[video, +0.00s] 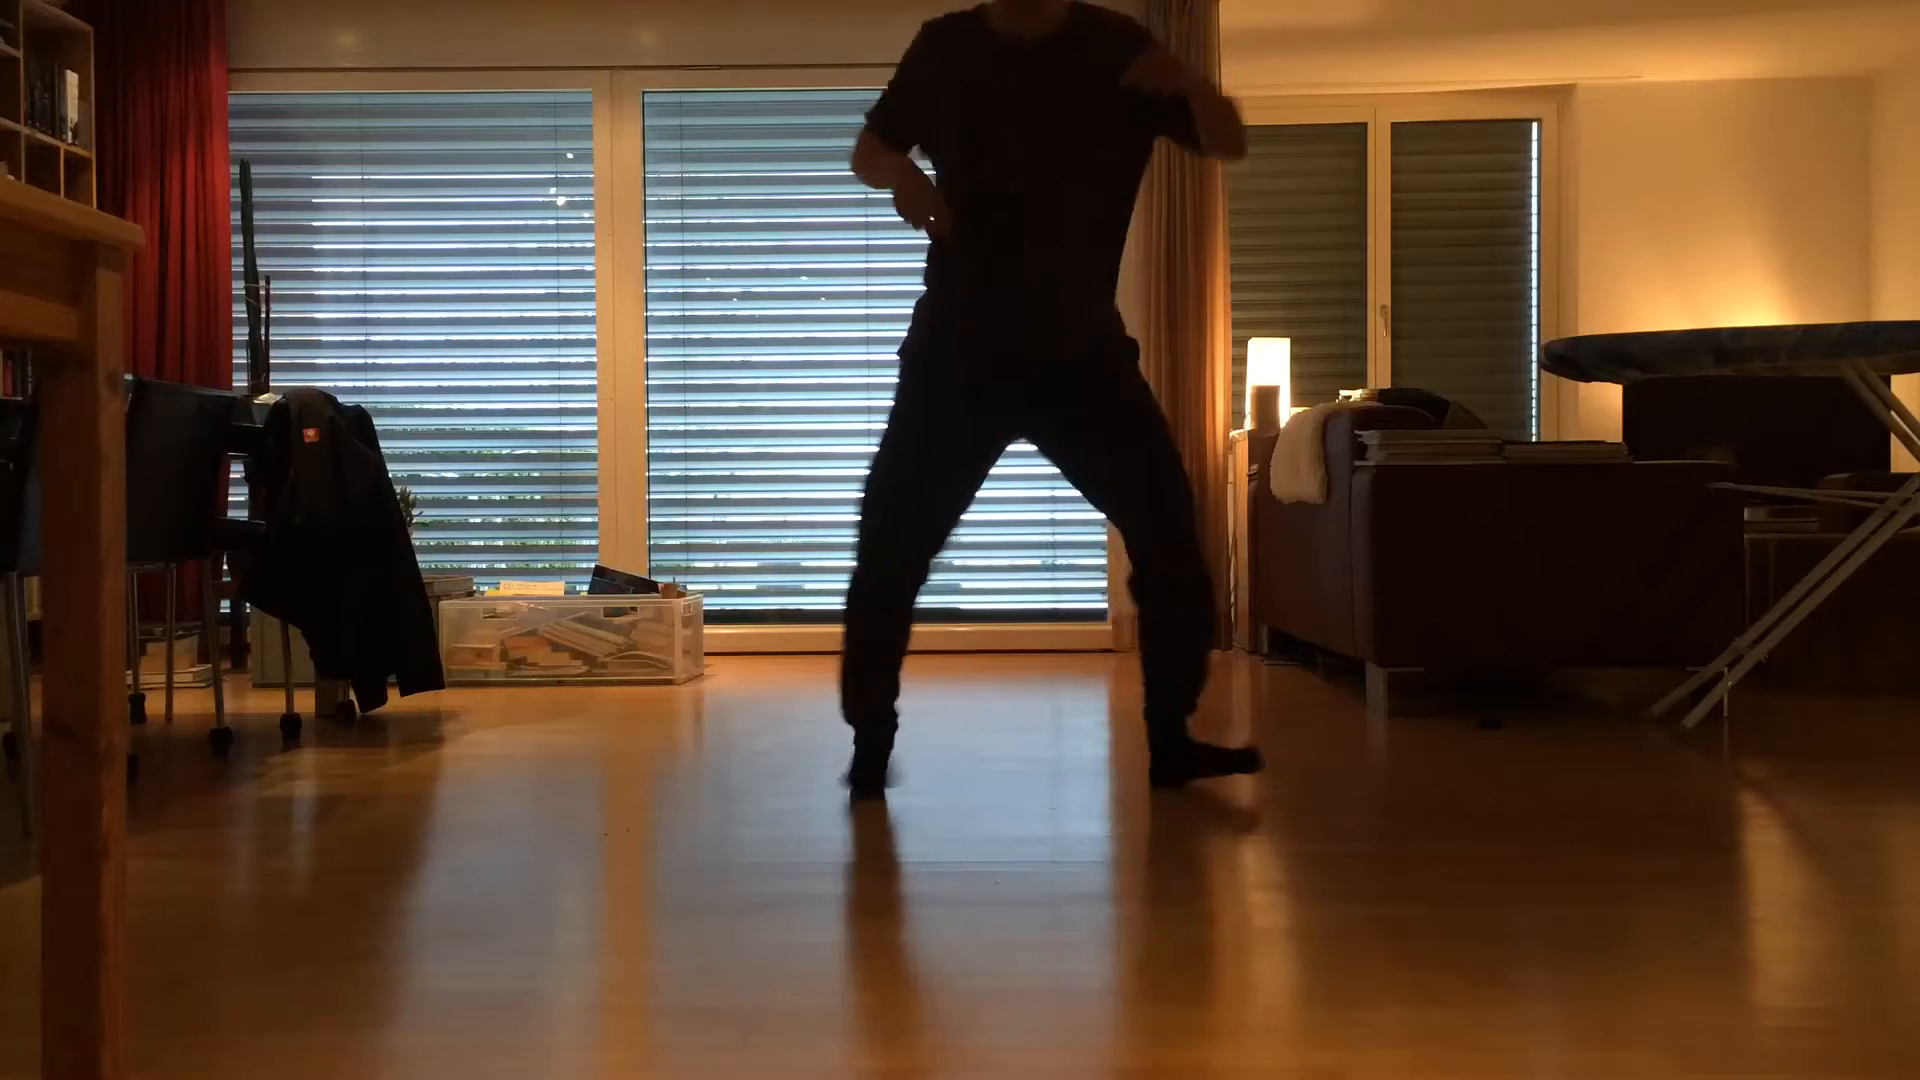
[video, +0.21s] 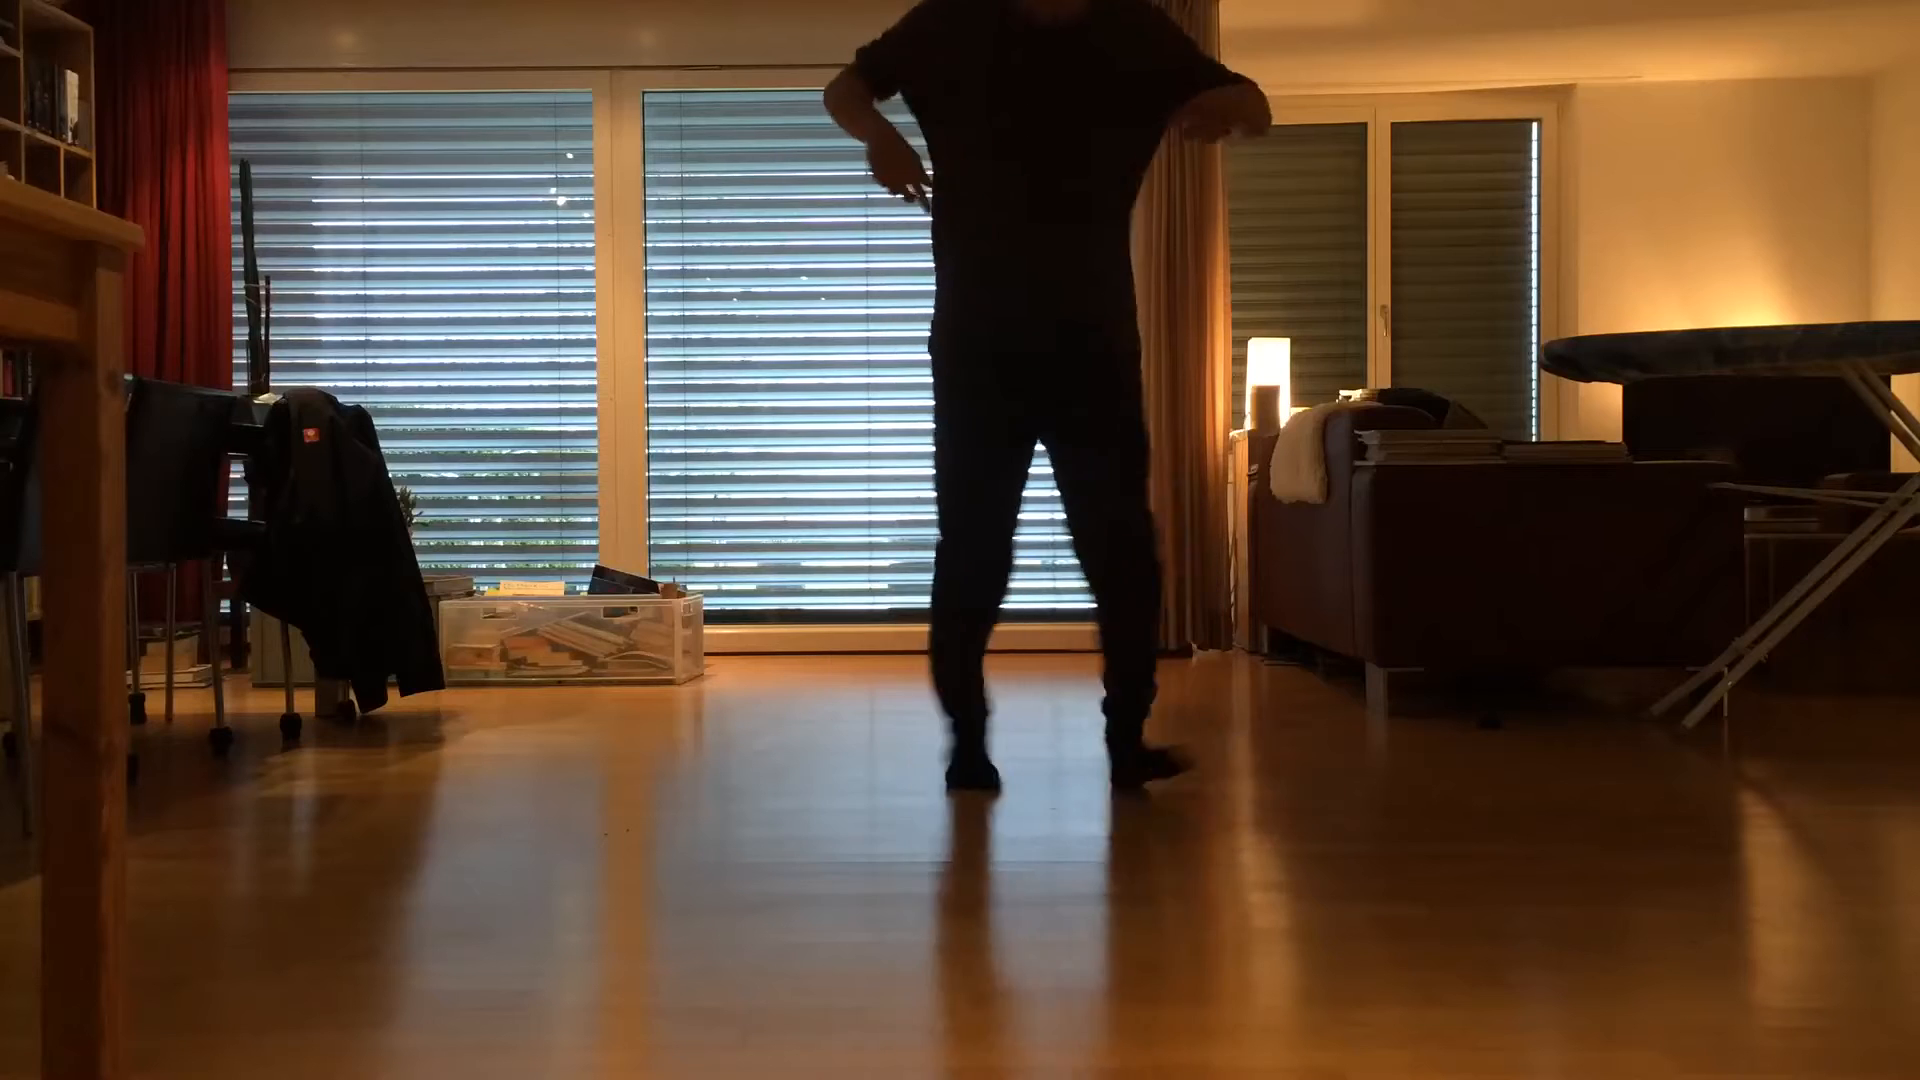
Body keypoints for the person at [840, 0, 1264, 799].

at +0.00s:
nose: (1022, 10)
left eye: (1036, 5)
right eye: (1011, 6)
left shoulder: (1125, 49)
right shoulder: (949, 44)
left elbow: (1228, 146)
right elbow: (872, 151)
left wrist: (1191, 84)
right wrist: (913, 185)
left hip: (1081, 350)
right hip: (960, 350)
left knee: (1168, 534)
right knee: (890, 547)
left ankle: (1171, 739)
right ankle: (870, 739)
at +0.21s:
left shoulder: (1136, 29)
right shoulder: (951, 20)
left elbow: (1252, 107)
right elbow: (844, 90)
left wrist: (1204, 109)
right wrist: (879, 136)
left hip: (1094, 335)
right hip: (978, 337)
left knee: (1120, 542)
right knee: (971, 544)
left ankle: (1128, 741)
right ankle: (966, 741)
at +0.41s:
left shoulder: (1145, 28)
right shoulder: (975, 11)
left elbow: (1211, 155)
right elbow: (868, 90)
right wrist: (930, 124)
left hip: (1092, 320)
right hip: (982, 318)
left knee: (1128, 527)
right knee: (978, 524)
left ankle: (1151, 735)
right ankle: (956, 713)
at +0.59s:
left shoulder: (1159, 44)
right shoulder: (993, 20)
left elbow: (1181, 196)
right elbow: (864, 104)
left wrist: (1168, 319)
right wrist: (962, 113)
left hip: (1109, 317)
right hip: (1004, 311)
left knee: (1089, 533)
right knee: (1040, 488)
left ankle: (1087, 744)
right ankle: (941, 590)